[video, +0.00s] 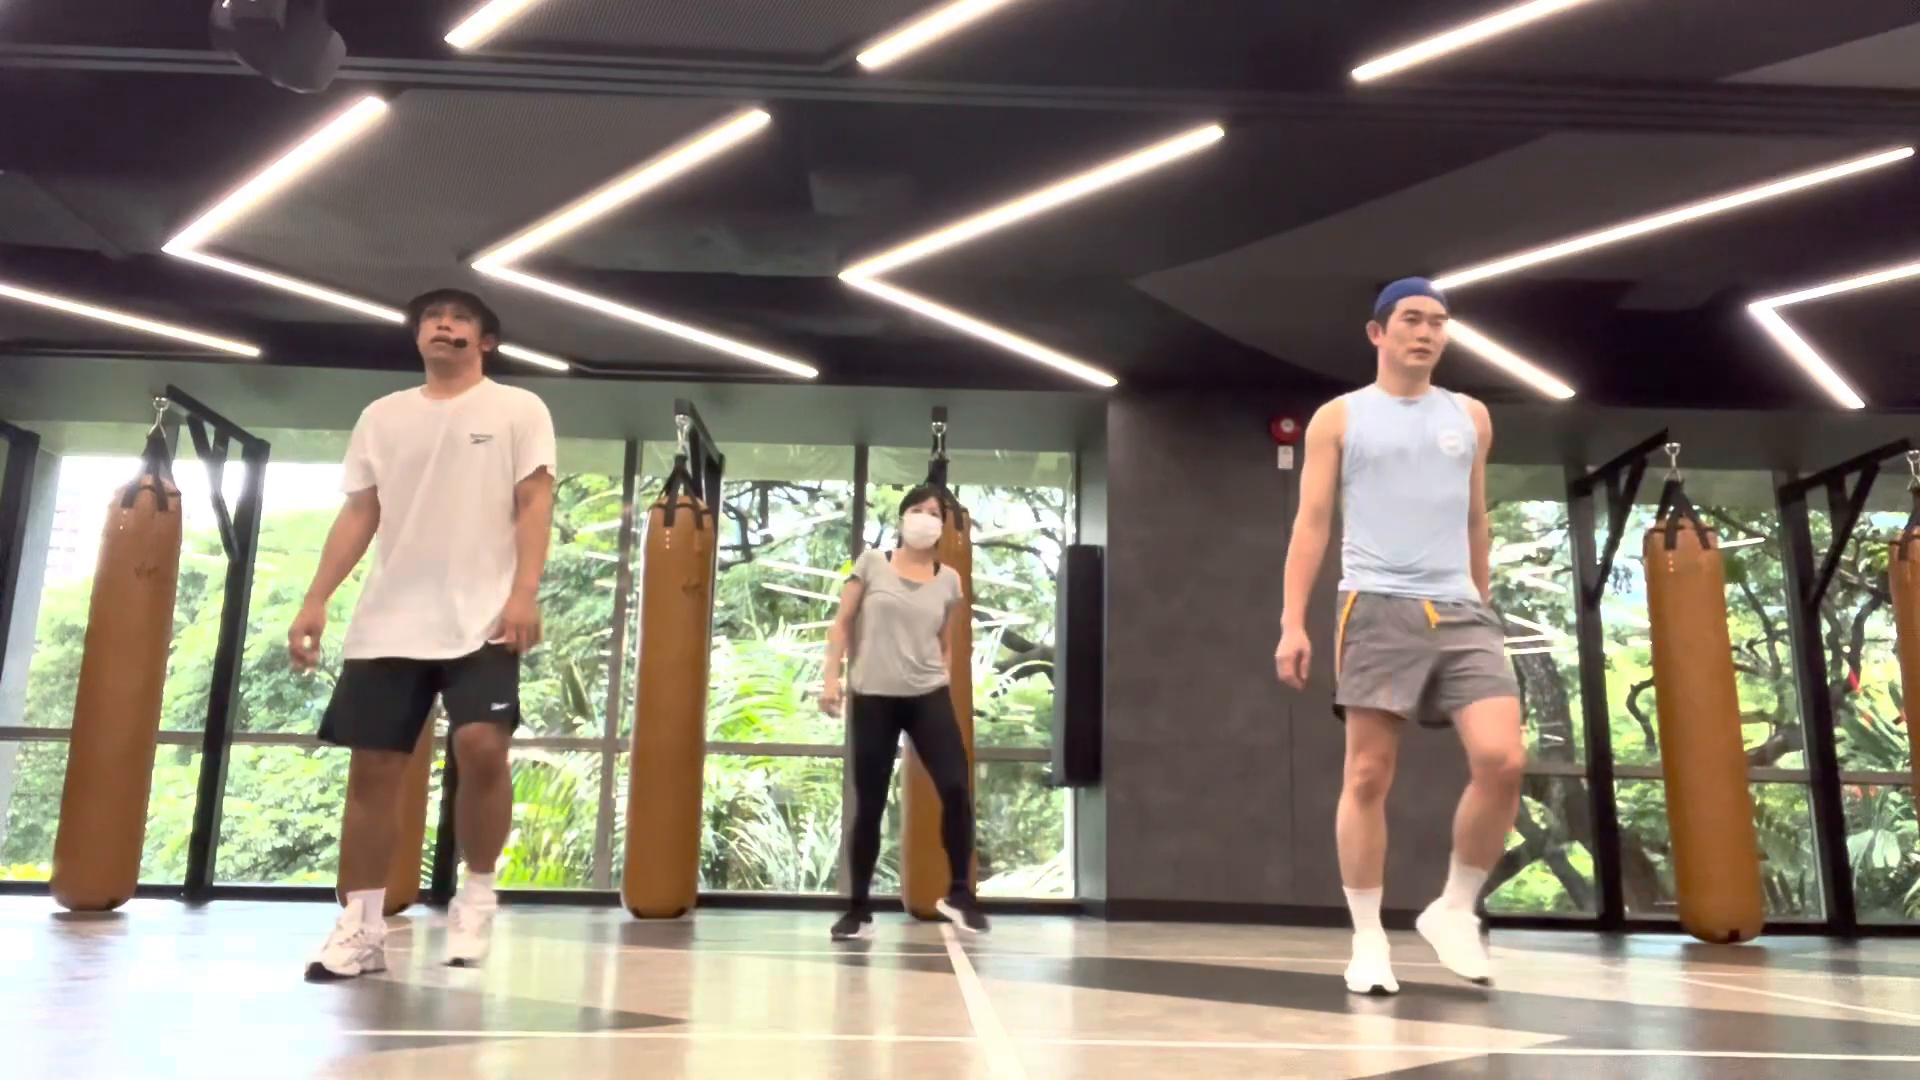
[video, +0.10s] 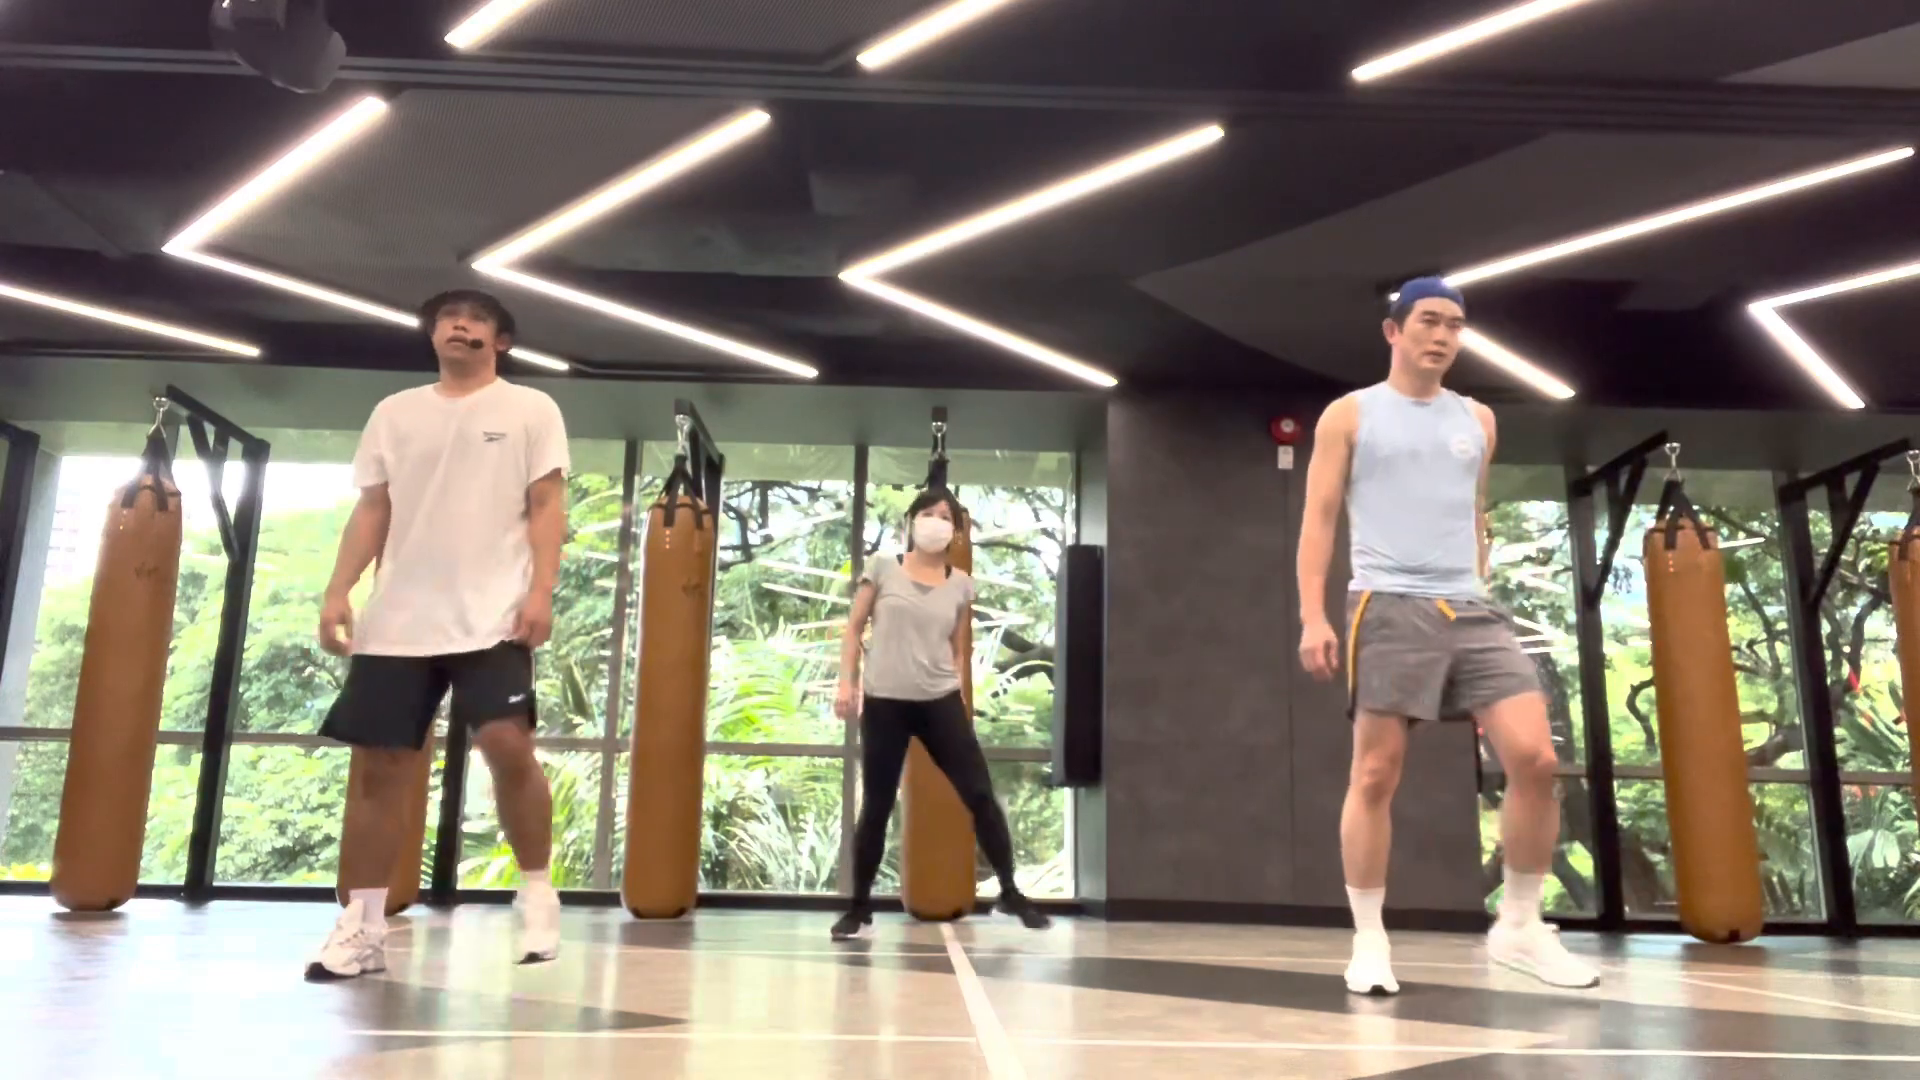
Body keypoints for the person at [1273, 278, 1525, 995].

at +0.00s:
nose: (1428, 331)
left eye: (1438, 323)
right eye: (1414, 320)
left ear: (1447, 339)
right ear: (1377, 333)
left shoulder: (1470, 417)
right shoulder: (1337, 418)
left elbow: (1478, 523)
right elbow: (1311, 524)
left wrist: (1478, 607)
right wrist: (1293, 622)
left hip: (1463, 612)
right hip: (1378, 612)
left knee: (1502, 761)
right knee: (1368, 776)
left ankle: (1454, 910)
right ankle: (1368, 942)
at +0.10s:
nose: (1442, 335)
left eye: (1453, 325)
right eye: (1429, 321)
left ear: (1461, 339)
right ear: (1394, 330)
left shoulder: (1479, 423)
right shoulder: (1349, 414)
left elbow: (1478, 522)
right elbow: (1319, 519)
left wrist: (1477, 601)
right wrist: (1313, 617)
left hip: (1472, 610)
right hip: (1389, 610)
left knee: (1537, 761)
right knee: (1374, 777)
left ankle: (1518, 929)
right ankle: (1369, 943)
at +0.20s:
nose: (1467, 340)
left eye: (1476, 331)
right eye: (1453, 326)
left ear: (1483, 344)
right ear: (1415, 334)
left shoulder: (1493, 425)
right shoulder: (1369, 415)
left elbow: (1478, 520)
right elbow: (1335, 517)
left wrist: (1479, 603)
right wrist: (1336, 612)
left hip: (1489, 615)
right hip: (1407, 613)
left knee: (1555, 771)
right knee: (1384, 779)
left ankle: (1584, 947)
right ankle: (1370, 945)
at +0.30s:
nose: (1492, 343)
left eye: (1502, 333)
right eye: (1477, 329)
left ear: (1510, 347)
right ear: (1442, 338)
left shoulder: (1520, 428)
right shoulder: (1399, 416)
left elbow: (1495, 519)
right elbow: (1358, 518)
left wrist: (1502, 601)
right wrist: (1359, 612)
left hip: (1517, 619)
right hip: (1435, 616)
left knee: (1571, 777)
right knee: (1400, 779)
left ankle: (1598, 959)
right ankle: (1371, 945)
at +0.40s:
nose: (1520, 344)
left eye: (1531, 332)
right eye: (1505, 331)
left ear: (1539, 343)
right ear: (1471, 339)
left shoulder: (1549, 426)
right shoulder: (1432, 416)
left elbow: (1532, 519)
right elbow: (1388, 516)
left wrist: (1540, 597)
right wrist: (1382, 606)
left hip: (1550, 617)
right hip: (1468, 616)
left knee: (1589, 776)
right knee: (1424, 776)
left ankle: (1598, 958)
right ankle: (1378, 938)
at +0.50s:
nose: (1545, 342)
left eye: (1554, 330)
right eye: (1529, 329)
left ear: (1564, 340)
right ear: (1495, 338)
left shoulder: (1574, 425)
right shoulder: (1456, 414)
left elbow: (1580, 522)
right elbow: (1411, 512)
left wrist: (1598, 600)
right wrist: (1406, 602)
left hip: (1575, 614)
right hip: (1494, 610)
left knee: (1600, 775)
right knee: (1465, 769)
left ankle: (1600, 958)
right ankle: (1407, 921)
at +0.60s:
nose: (1560, 342)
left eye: (1569, 330)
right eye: (1544, 330)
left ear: (1578, 338)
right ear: (1508, 338)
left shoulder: (1591, 427)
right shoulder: (1468, 412)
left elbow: (1605, 517)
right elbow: (1426, 511)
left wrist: (1640, 580)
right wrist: (1431, 602)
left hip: (1589, 611)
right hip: (1511, 605)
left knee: (1604, 776)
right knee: (1515, 767)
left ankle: (1600, 956)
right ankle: (1459, 918)